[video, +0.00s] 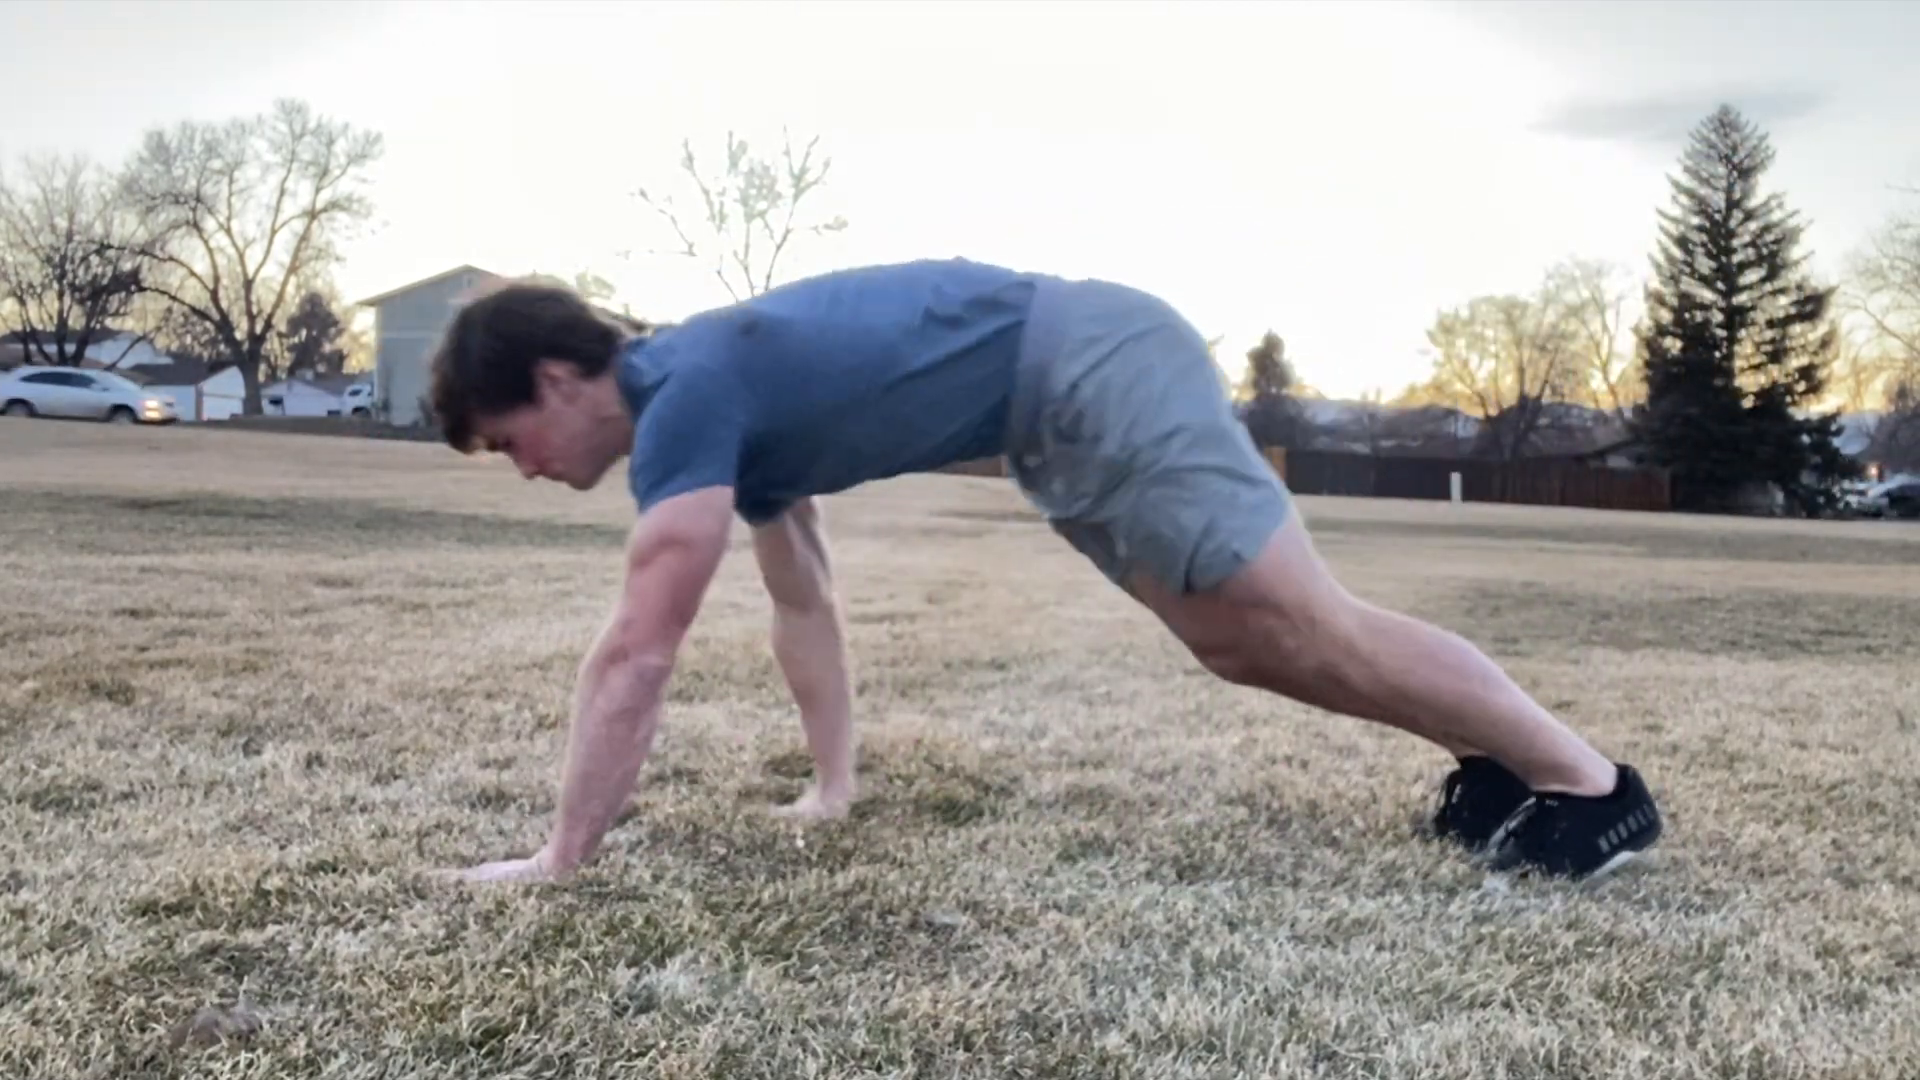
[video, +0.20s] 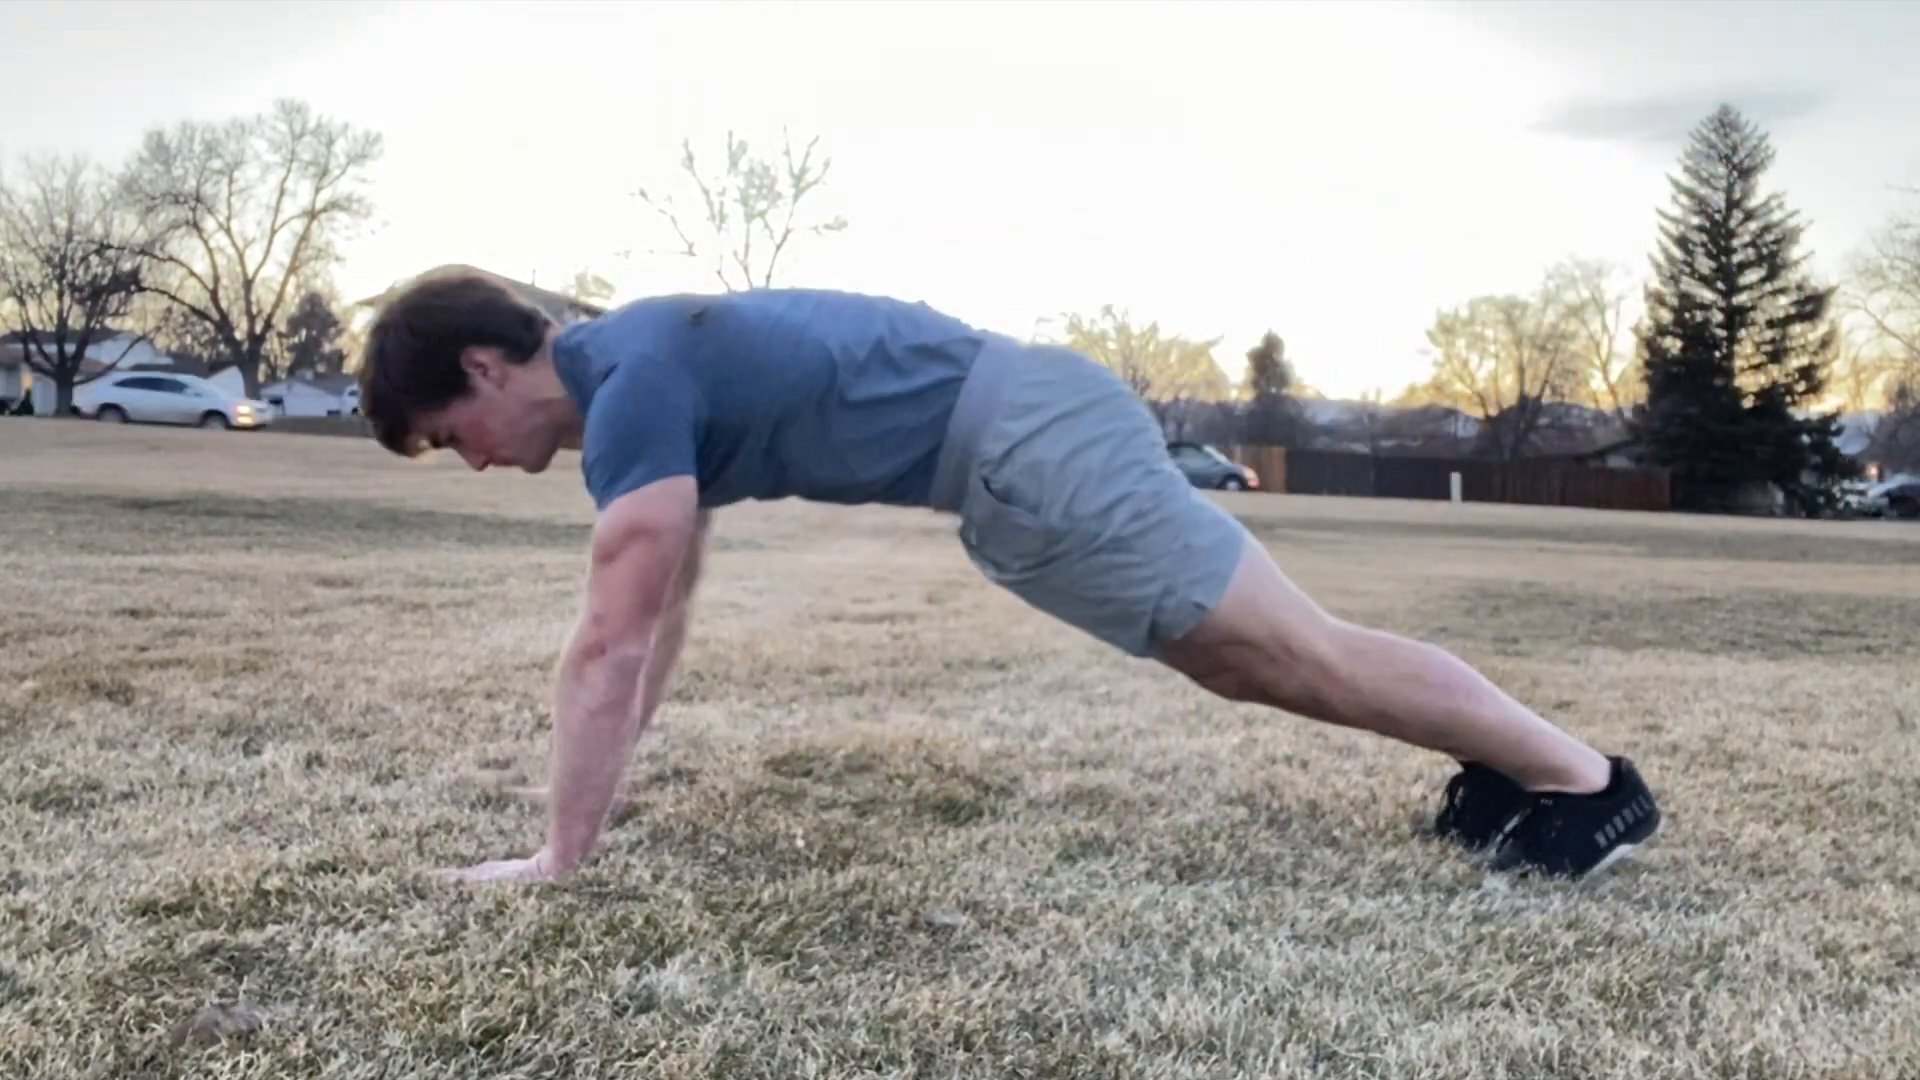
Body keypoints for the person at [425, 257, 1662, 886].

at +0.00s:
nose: (524, 469)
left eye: (511, 440)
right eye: (504, 453)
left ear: (560, 381)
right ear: (565, 390)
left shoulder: (698, 380)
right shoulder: (707, 405)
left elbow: (635, 653)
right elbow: (801, 594)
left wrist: (563, 861)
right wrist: (833, 784)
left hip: (1087, 359)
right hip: (1045, 410)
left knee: (1300, 626)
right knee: (1243, 644)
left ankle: (1598, 787)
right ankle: (1510, 749)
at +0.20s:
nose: (474, 464)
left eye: (453, 435)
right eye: (452, 451)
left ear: (486, 367)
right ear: (499, 366)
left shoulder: (635, 362)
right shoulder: (638, 378)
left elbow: (619, 626)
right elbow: (653, 623)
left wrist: (558, 854)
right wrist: (593, 791)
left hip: (1022, 431)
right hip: (1010, 448)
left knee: (1289, 651)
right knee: (1261, 656)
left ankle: (1589, 782)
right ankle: (1523, 754)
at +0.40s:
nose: (465, 486)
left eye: (445, 458)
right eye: (444, 471)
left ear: (479, 390)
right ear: (493, 383)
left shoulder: (629, 374)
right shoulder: (629, 394)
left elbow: (619, 629)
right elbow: (647, 636)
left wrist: (562, 850)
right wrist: (592, 816)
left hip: (1008, 438)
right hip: (1000, 450)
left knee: (1250, 683)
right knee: (1238, 679)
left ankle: (1567, 764)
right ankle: (1511, 752)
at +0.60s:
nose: (492, 497)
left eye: (472, 475)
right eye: (469, 488)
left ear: (503, 401)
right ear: (508, 403)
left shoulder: (638, 372)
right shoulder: (627, 394)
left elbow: (617, 633)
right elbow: (641, 633)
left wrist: (562, 851)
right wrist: (588, 805)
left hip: (1008, 344)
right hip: (1007, 380)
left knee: (939, 590)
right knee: (1234, 614)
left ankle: (1249, 709)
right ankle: (1489, 737)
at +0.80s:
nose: (488, 483)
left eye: (465, 459)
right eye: (462, 475)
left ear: (495, 385)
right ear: (499, 385)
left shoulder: (638, 371)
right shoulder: (622, 396)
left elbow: (606, 629)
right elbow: (622, 634)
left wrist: (558, 849)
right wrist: (569, 830)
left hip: (989, 428)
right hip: (980, 486)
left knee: (723, 446)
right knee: (1190, 695)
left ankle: (781, 808)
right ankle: (1488, 742)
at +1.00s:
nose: (442, 513)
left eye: (417, 492)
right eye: (417, 506)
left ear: (436, 415)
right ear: (442, 416)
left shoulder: (595, 371)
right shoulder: (570, 405)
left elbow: (594, 635)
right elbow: (602, 642)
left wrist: (555, 859)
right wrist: (571, 845)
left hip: (955, 395)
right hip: (940, 459)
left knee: (715, 458)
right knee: (1166, 642)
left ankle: (798, 808)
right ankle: (1446, 732)